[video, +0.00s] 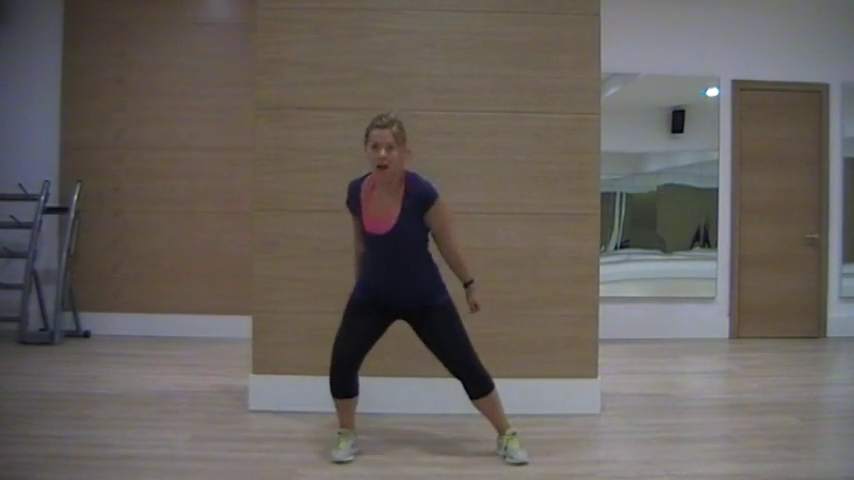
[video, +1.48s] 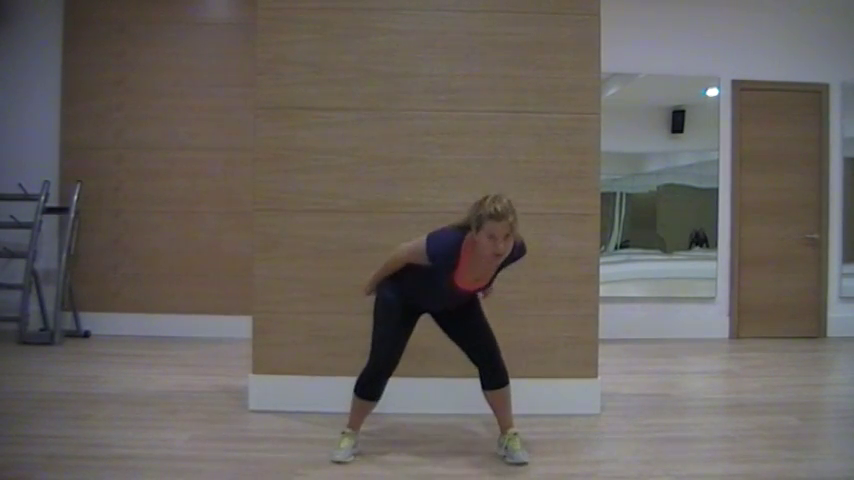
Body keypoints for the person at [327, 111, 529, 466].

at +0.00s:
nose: (382, 155)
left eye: (390, 147)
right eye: (375, 147)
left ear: (405, 152)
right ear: (366, 151)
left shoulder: (421, 192)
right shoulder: (358, 192)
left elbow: (446, 242)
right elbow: (360, 247)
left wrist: (469, 284)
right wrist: (361, 289)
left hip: (423, 295)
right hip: (374, 295)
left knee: (466, 365)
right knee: (342, 362)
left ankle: (506, 435)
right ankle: (346, 434)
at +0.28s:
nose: (375, 196)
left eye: (383, 189)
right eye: (369, 188)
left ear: (396, 192)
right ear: (358, 190)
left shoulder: (413, 227)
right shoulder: (350, 225)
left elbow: (441, 266)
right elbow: (353, 267)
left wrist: (463, 297)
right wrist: (355, 306)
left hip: (423, 305)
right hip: (375, 307)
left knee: (470, 365)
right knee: (342, 363)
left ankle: (507, 436)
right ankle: (346, 435)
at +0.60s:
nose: (401, 244)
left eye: (408, 237)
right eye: (393, 237)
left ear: (420, 238)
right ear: (380, 238)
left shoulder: (437, 264)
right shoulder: (365, 260)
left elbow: (460, 293)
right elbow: (353, 289)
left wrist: (465, 313)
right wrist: (350, 325)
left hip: (434, 316)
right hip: (383, 315)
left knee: (478, 367)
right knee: (351, 365)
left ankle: (507, 436)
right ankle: (346, 434)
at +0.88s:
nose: (440, 269)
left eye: (447, 261)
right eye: (431, 261)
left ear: (457, 260)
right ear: (417, 260)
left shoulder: (470, 281)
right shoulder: (395, 274)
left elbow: (474, 306)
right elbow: (365, 293)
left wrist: (474, 323)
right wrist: (356, 322)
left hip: (445, 320)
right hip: (393, 316)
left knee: (485, 365)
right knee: (362, 367)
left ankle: (508, 436)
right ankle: (347, 434)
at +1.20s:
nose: (483, 269)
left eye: (489, 260)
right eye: (474, 261)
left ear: (497, 256)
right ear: (458, 257)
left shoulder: (503, 274)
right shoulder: (430, 266)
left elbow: (484, 289)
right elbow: (388, 275)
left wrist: (481, 303)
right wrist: (365, 302)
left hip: (452, 314)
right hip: (402, 307)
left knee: (493, 361)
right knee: (372, 368)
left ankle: (509, 436)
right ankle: (348, 435)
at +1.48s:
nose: (500, 246)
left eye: (507, 237)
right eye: (492, 238)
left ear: (513, 235)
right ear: (474, 233)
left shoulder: (514, 251)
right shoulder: (446, 244)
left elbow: (491, 264)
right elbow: (402, 254)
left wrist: (485, 284)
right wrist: (372, 283)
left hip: (454, 298)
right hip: (405, 293)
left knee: (491, 361)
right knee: (381, 364)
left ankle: (509, 436)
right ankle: (350, 434)